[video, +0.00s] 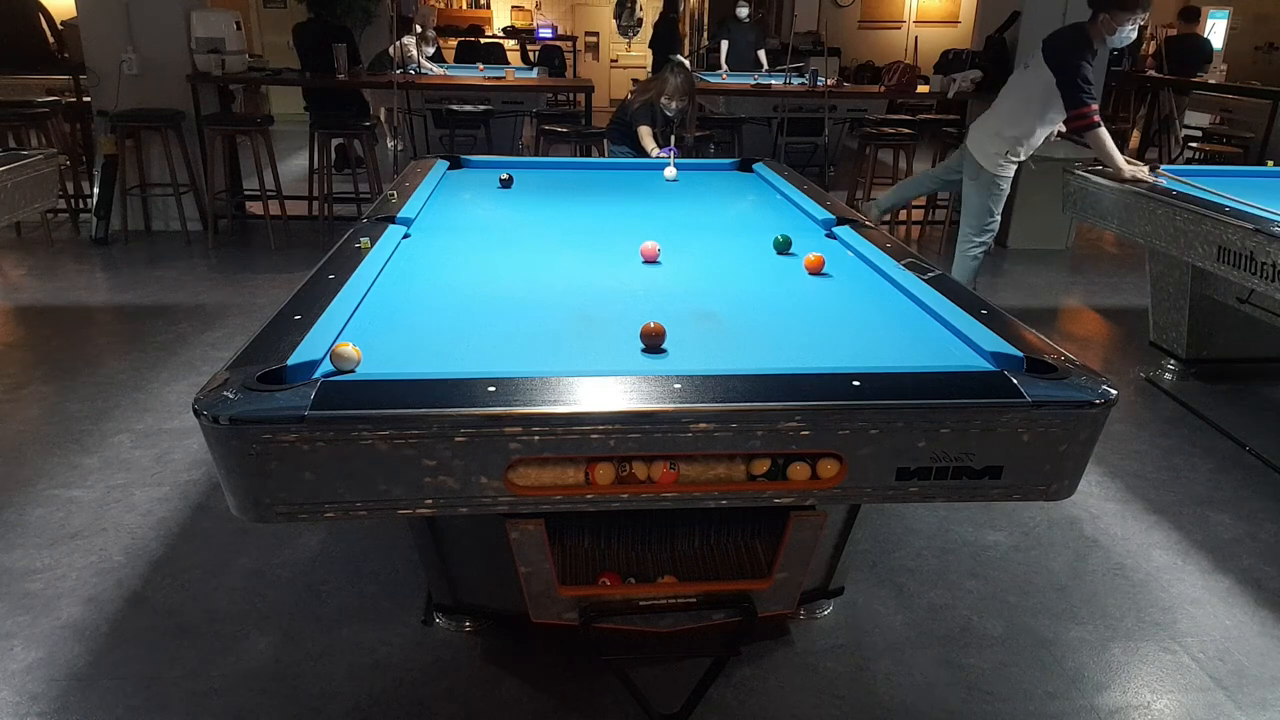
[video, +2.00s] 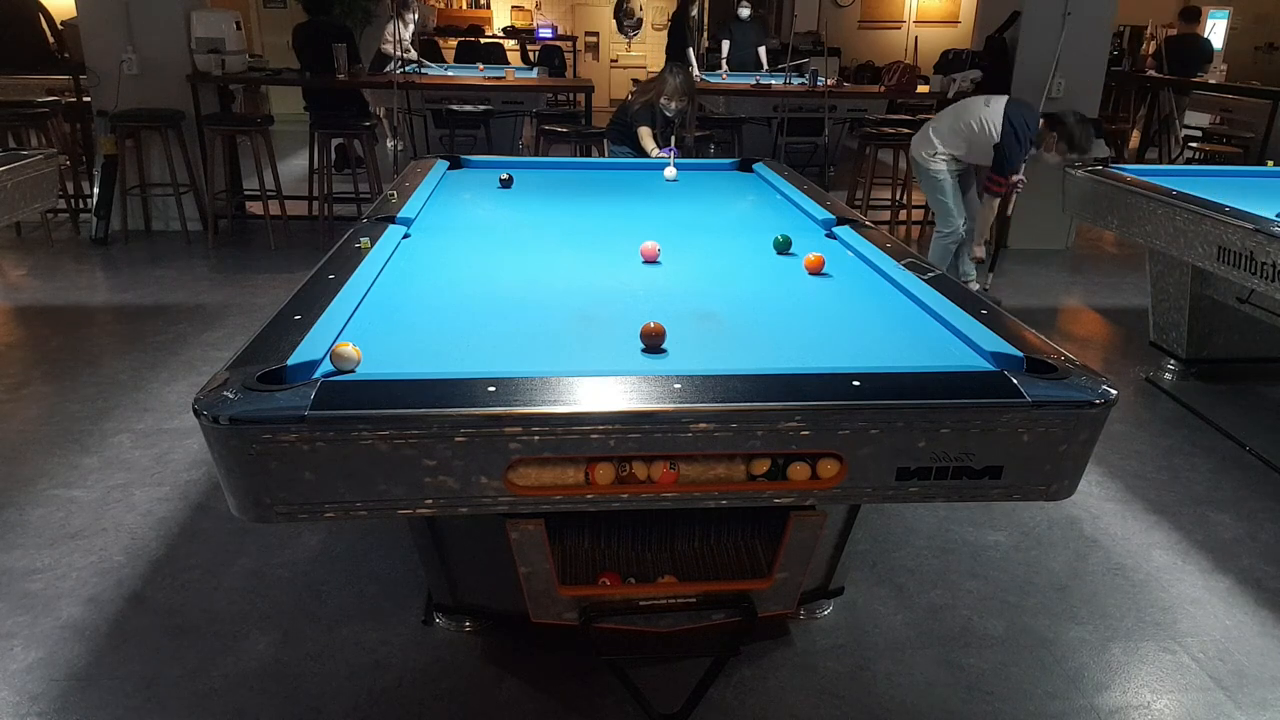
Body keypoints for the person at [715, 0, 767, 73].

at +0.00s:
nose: (741, 11)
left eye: (744, 8)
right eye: (739, 8)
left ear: (749, 10)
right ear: (735, 10)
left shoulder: (755, 27)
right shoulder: (729, 25)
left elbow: (760, 48)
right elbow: (724, 43)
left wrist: (765, 65)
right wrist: (723, 63)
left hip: (750, 69)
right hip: (731, 69)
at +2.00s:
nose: (743, 11)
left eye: (746, 8)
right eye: (741, 8)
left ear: (751, 11)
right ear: (737, 10)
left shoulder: (756, 26)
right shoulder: (730, 24)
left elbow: (761, 46)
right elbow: (725, 43)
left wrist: (765, 65)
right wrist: (723, 63)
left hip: (751, 67)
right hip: (734, 67)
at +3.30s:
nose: (746, 15)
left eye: (749, 12)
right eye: (744, 12)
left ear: (753, 12)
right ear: (739, 12)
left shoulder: (757, 26)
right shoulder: (732, 24)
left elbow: (761, 46)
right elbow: (726, 43)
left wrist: (765, 66)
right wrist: (724, 63)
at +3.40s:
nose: (748, 16)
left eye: (751, 13)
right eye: (745, 13)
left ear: (754, 13)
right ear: (739, 12)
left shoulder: (756, 25)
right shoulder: (732, 25)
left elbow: (761, 46)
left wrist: (765, 66)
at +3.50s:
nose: (749, 16)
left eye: (751, 13)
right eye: (746, 13)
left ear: (755, 13)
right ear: (741, 12)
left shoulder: (757, 25)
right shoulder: (732, 24)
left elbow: (761, 46)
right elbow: (725, 44)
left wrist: (765, 65)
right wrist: (724, 63)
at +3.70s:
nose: (750, 16)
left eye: (753, 14)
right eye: (747, 14)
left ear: (756, 14)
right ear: (741, 13)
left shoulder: (758, 26)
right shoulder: (732, 25)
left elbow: (761, 46)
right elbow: (726, 44)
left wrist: (765, 66)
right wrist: (730, 63)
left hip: (754, 69)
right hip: (736, 69)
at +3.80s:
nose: (750, 17)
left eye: (753, 14)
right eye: (747, 14)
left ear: (756, 14)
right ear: (742, 13)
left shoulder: (758, 26)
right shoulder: (733, 25)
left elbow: (762, 46)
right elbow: (727, 45)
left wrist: (765, 65)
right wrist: (738, 62)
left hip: (754, 69)